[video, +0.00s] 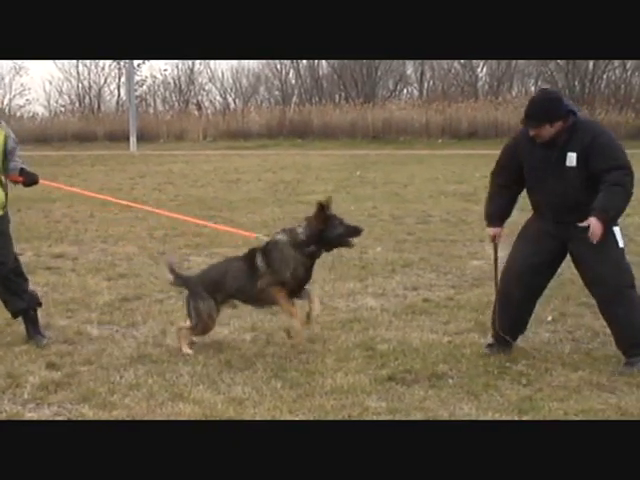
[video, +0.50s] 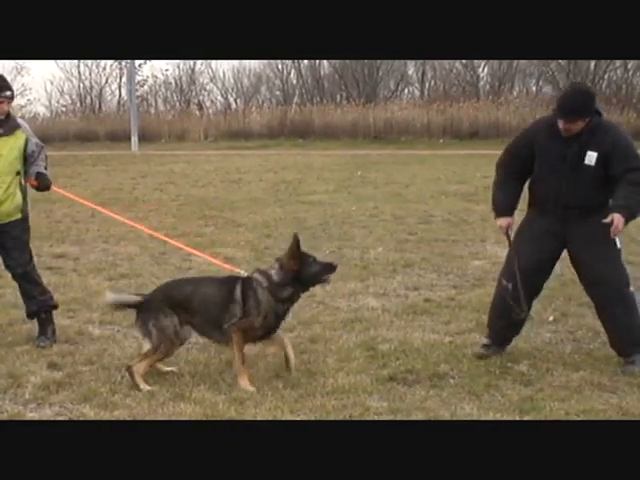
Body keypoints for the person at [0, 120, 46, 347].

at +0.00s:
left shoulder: (5, 135)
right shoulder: (6, 136)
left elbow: (11, 166)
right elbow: (12, 166)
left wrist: (22, 174)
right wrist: (21, 174)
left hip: (1, 213)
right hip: (2, 214)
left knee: (7, 265)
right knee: (7, 265)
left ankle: (30, 319)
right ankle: (29, 317)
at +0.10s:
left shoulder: (9, 136)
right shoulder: (10, 137)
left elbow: (20, 164)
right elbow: (20, 165)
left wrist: (32, 176)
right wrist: (30, 175)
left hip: (4, 214)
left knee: (10, 269)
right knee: (9, 270)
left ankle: (32, 324)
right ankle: (32, 323)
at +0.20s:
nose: (1, 101)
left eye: (2, 96)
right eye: (1, 97)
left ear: (4, 97)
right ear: (2, 99)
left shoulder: (13, 132)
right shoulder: (13, 133)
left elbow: (28, 165)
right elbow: (28, 166)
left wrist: (40, 175)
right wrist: (39, 174)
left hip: (7, 212)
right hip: (6, 212)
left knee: (13, 266)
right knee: (11, 267)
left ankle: (34, 318)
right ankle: (33, 317)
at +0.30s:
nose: (3, 101)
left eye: (6, 96)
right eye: (1, 96)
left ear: (10, 100)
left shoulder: (18, 131)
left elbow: (35, 157)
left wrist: (40, 174)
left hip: (9, 213)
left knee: (20, 266)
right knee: (19, 267)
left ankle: (44, 317)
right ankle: (42, 317)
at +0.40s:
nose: (4, 103)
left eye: (7, 98)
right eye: (1, 98)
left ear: (12, 101)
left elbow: (37, 156)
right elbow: (36, 154)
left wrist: (40, 175)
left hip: (11, 213)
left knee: (20, 267)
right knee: (19, 267)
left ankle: (44, 317)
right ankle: (42, 317)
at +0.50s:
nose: (4, 105)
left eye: (7, 100)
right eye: (1, 100)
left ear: (12, 102)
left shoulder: (19, 131)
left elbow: (36, 157)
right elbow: (36, 156)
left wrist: (40, 176)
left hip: (10, 214)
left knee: (20, 267)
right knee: (19, 267)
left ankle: (45, 317)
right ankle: (43, 317)